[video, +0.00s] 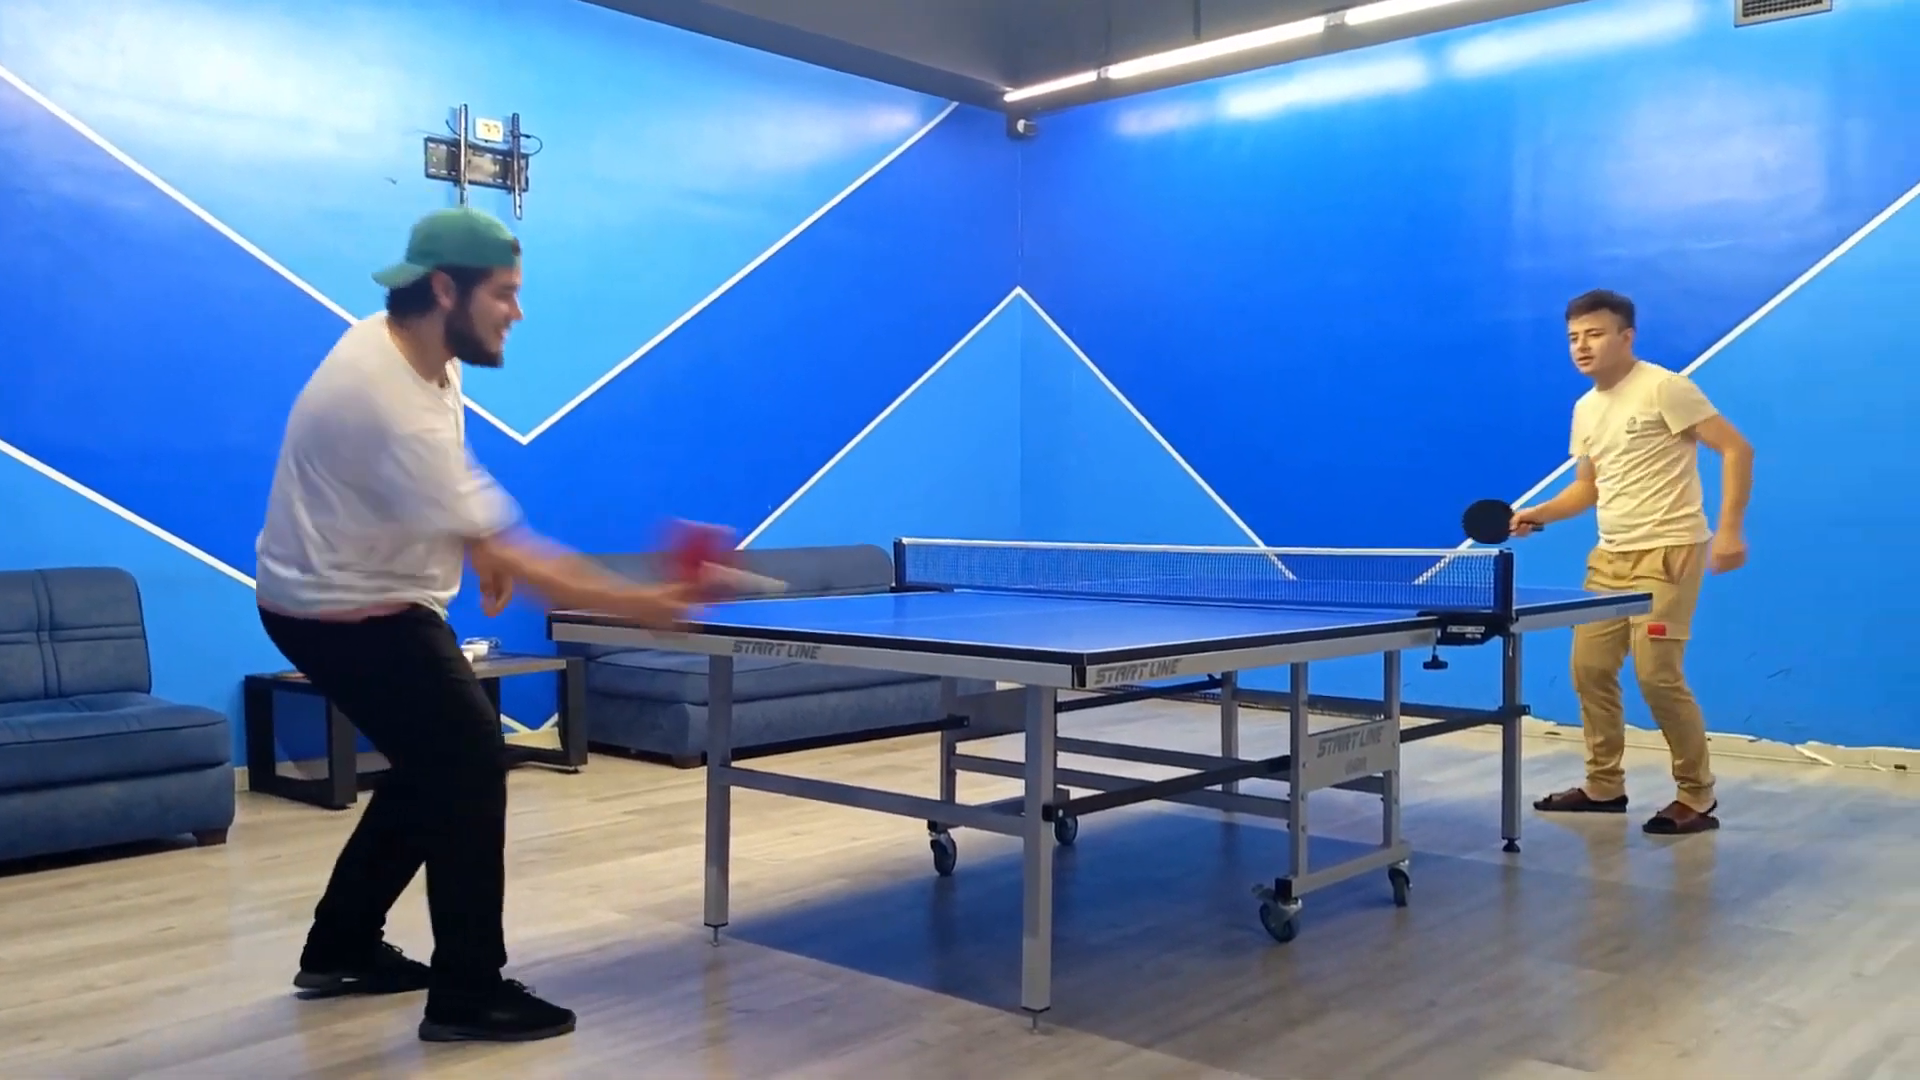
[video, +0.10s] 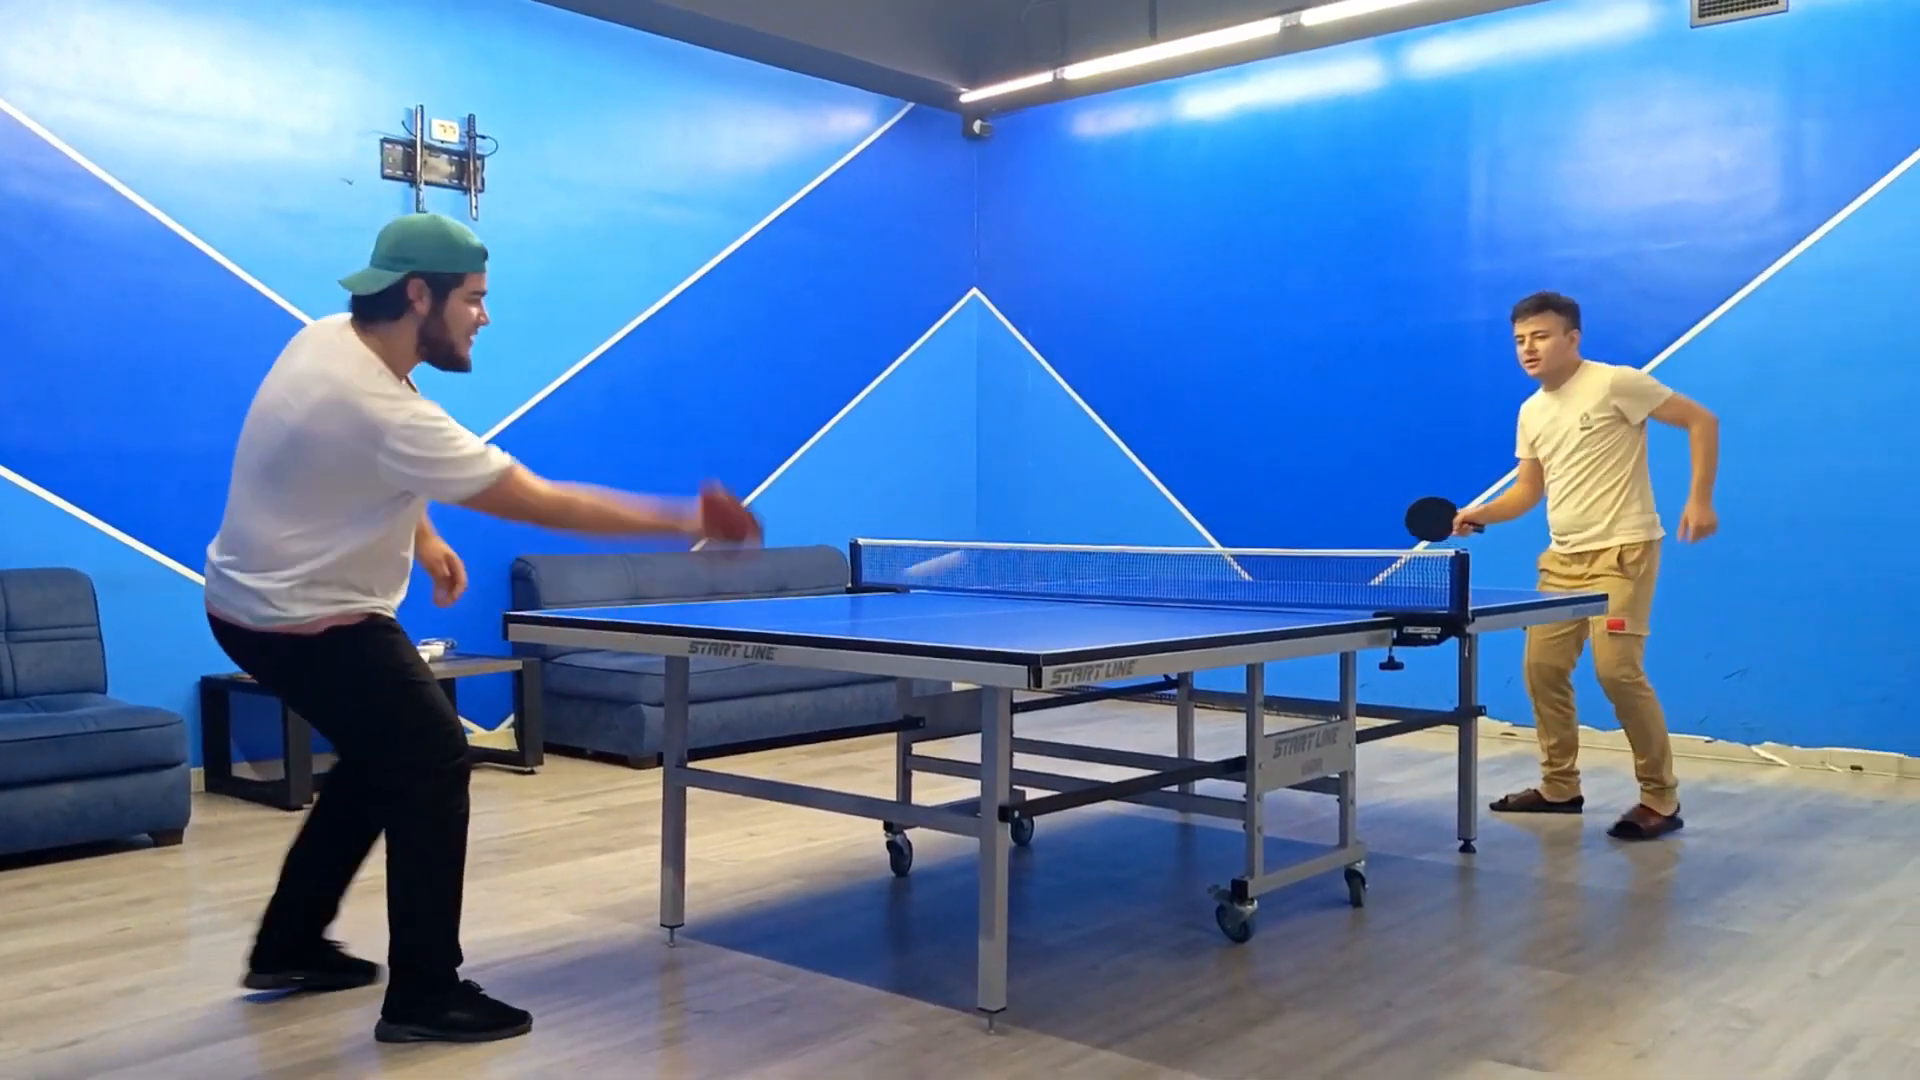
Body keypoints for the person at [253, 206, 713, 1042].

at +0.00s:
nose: (516, 310)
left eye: (516, 292)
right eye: (502, 292)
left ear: (444, 291)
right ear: (442, 291)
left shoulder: (416, 350)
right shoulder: (388, 409)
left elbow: (434, 459)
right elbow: (524, 565)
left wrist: (479, 540)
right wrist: (653, 600)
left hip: (386, 595)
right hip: (338, 608)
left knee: (443, 757)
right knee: (469, 759)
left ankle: (341, 942)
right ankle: (467, 989)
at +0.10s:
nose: (482, 321)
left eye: (483, 303)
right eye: (474, 301)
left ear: (407, 296)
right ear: (417, 297)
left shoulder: (326, 343)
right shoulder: (382, 412)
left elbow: (362, 454)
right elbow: (536, 500)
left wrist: (421, 534)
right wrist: (685, 518)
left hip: (262, 600)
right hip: (311, 619)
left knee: (390, 752)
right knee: (433, 758)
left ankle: (286, 943)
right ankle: (424, 991)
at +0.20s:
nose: (468, 298)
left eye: (468, 280)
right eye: (458, 280)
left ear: (398, 280)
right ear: (404, 279)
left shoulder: (309, 337)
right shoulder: (369, 392)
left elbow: (297, 482)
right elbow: (524, 480)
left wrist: (381, 562)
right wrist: (675, 442)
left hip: (250, 602)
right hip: (310, 616)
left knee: (332, 761)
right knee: (426, 758)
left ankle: (211, 942)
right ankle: (423, 992)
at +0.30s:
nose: (437, 282)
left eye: (435, 265)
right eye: (426, 264)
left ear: (360, 267)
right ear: (374, 265)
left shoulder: (278, 331)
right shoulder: (347, 377)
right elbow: (476, 471)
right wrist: (620, 426)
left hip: (220, 604)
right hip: (295, 617)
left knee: (275, 775)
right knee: (402, 768)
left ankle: (142, 952)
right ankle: (421, 990)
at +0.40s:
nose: (402, 267)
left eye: (400, 250)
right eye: (391, 249)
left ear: (329, 252)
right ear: (342, 250)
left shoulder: (256, 325)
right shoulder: (303, 355)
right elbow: (394, 473)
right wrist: (547, 459)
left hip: (202, 599)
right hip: (262, 610)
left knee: (242, 777)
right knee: (359, 780)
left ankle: (135, 966)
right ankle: (416, 990)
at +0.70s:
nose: (362, 237)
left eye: (360, 221)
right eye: (350, 219)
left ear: (290, 224)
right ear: (303, 221)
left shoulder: (231, 306)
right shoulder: (263, 317)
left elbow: (213, 470)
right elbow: (228, 462)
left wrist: (315, 601)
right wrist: (323, 589)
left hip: (194, 589)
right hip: (235, 593)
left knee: (222, 768)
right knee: (312, 770)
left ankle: (151, 959)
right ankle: (257, 1008)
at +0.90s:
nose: (511, 278)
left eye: (509, 263)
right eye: (500, 261)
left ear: (447, 264)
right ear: (454, 262)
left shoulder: (404, 343)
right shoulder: (409, 351)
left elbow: (398, 495)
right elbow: (372, 488)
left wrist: (449, 592)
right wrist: (434, 612)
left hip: (361, 598)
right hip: (378, 601)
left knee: (387, 752)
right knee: (484, 752)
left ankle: (318, 932)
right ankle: (430, 974)